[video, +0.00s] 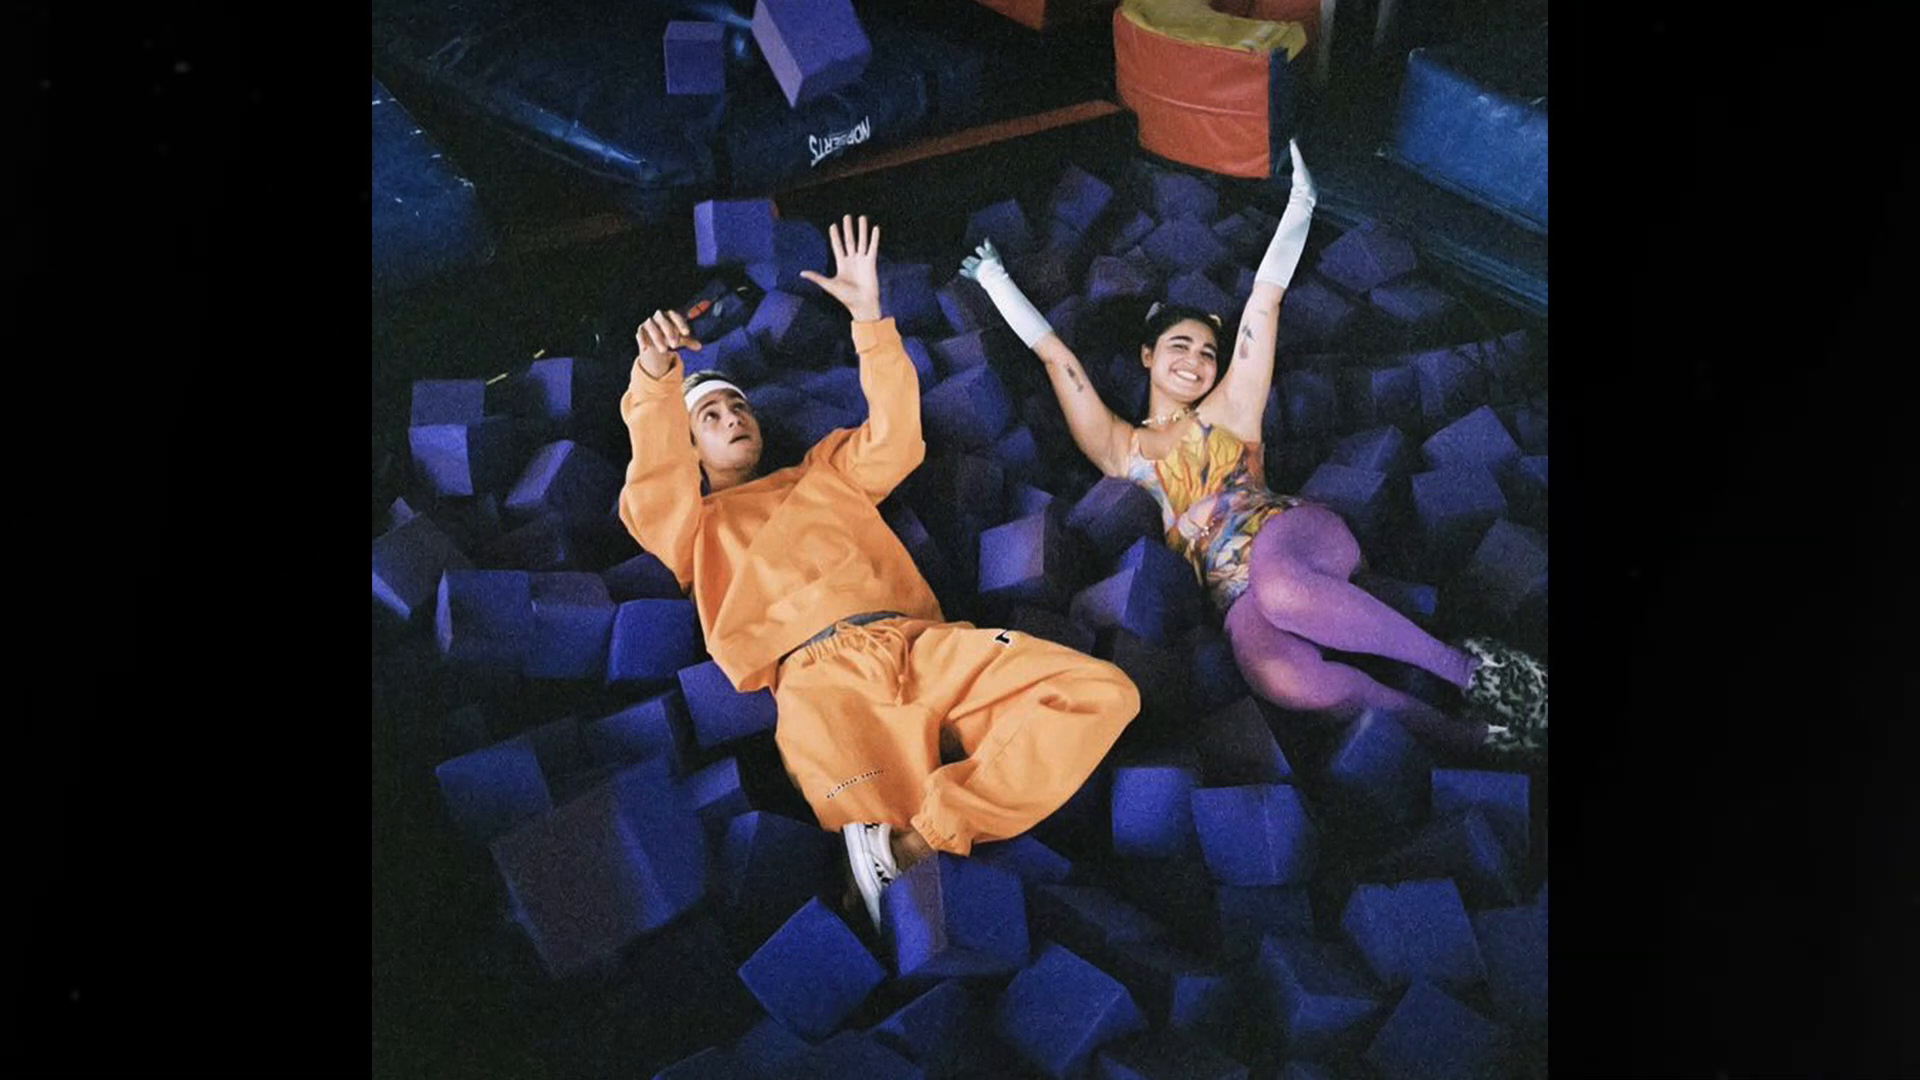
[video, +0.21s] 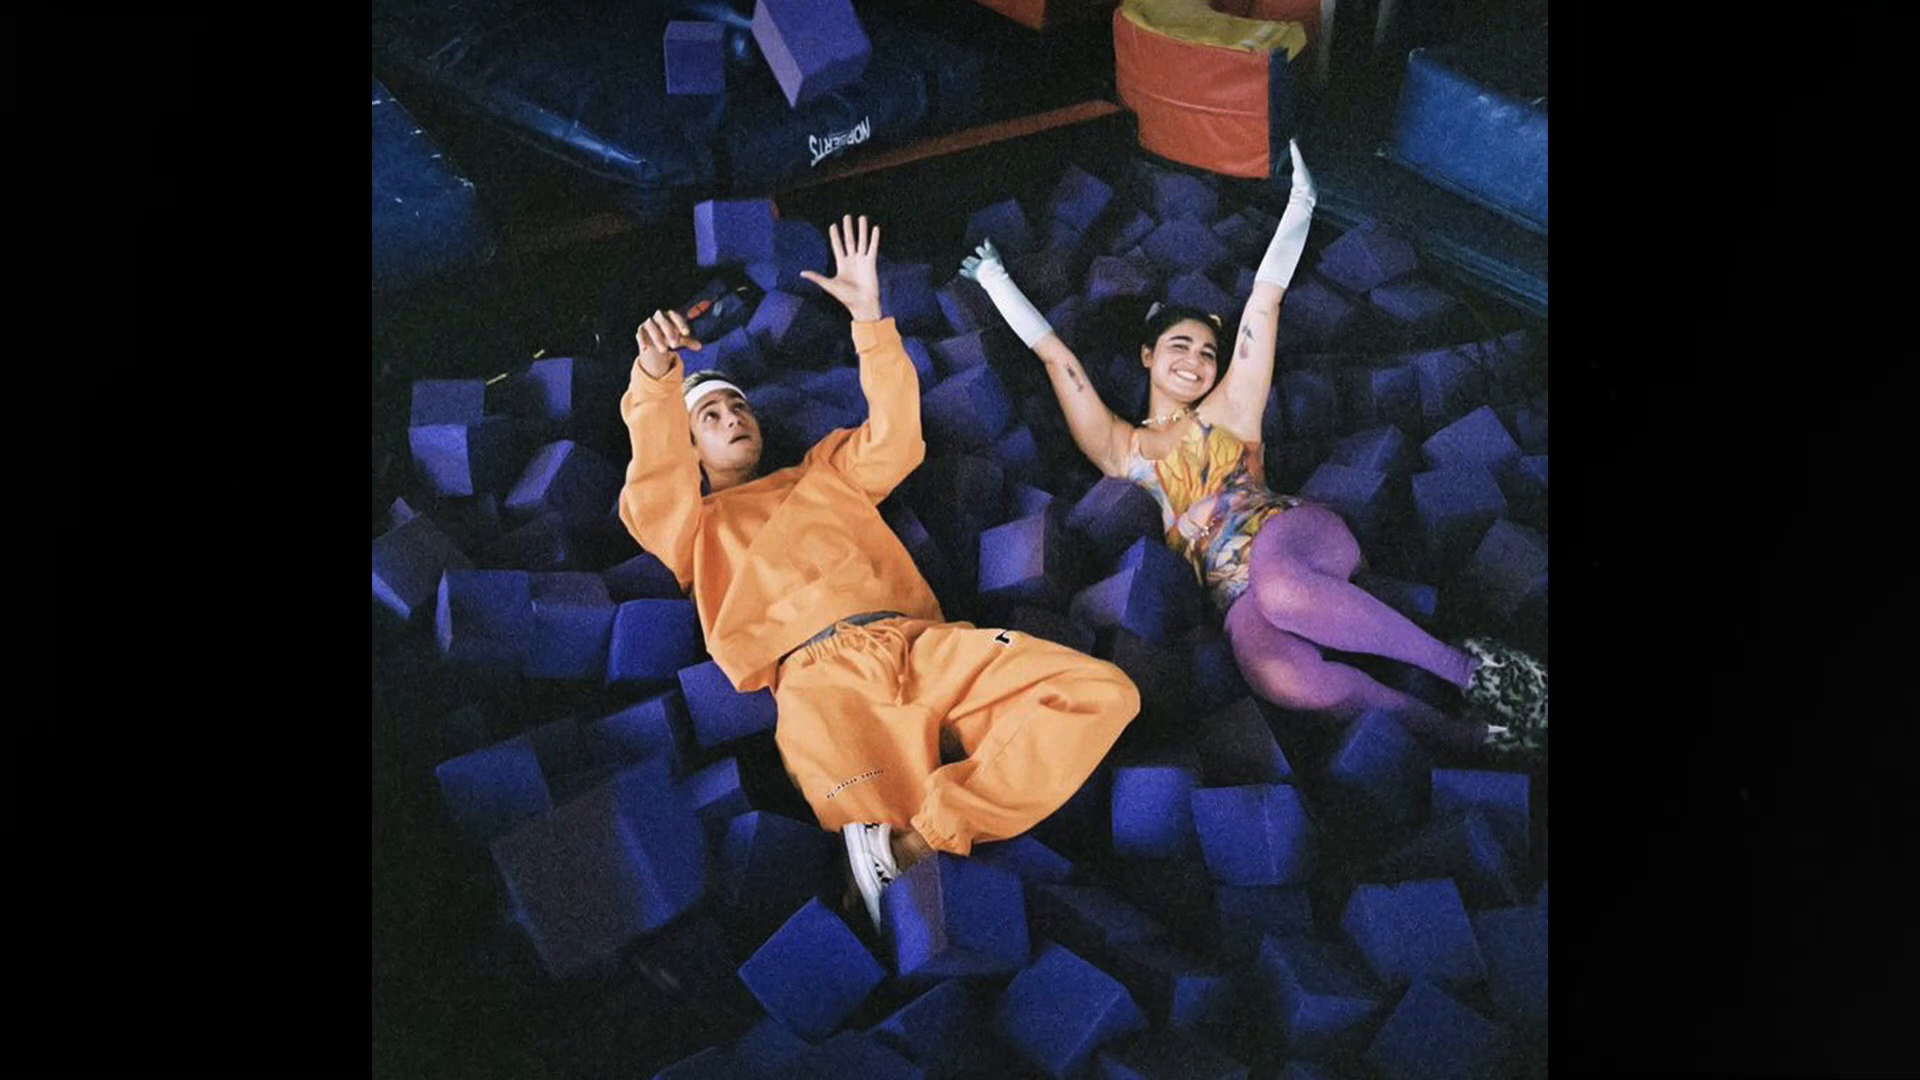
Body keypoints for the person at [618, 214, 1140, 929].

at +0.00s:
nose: (730, 418)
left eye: (738, 407)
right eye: (709, 415)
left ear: (761, 426)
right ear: (688, 448)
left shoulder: (827, 468)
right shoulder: (695, 525)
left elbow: (895, 435)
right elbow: (654, 477)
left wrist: (868, 317)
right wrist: (655, 373)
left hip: (918, 640)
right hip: (819, 673)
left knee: (1094, 692)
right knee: (880, 827)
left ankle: (917, 841)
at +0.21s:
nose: (730, 418)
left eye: (738, 407)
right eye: (709, 415)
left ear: (761, 426)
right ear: (688, 448)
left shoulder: (827, 468)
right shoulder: (695, 525)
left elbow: (895, 436)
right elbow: (654, 477)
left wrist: (868, 317)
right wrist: (655, 373)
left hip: (918, 640)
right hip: (819, 672)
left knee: (1094, 692)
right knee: (880, 827)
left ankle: (917, 841)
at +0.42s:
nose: (730, 418)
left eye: (738, 407)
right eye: (709, 415)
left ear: (761, 426)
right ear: (688, 448)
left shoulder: (827, 468)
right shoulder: (695, 525)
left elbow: (895, 436)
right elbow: (654, 477)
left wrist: (868, 317)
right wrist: (655, 373)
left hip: (918, 640)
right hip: (819, 672)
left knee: (1094, 692)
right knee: (880, 827)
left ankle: (917, 841)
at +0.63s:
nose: (730, 418)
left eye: (738, 407)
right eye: (709, 415)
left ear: (761, 426)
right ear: (688, 448)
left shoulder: (827, 468)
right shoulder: (695, 525)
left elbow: (895, 436)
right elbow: (654, 477)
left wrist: (868, 317)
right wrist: (655, 373)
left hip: (918, 640)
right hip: (819, 673)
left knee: (1094, 692)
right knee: (880, 827)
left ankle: (917, 841)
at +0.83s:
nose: (731, 418)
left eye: (738, 407)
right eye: (709, 415)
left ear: (760, 425)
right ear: (688, 449)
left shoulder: (827, 468)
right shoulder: (696, 525)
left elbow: (895, 436)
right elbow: (655, 476)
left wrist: (868, 317)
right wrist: (655, 373)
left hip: (918, 641)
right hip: (820, 673)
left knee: (1094, 692)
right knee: (883, 831)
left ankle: (916, 841)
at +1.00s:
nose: (731, 418)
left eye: (738, 407)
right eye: (709, 415)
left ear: (760, 425)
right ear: (688, 449)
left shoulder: (827, 468)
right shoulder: (696, 525)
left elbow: (895, 436)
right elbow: (655, 476)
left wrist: (868, 317)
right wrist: (655, 373)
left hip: (918, 641)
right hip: (820, 673)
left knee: (1094, 692)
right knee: (883, 831)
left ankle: (916, 841)